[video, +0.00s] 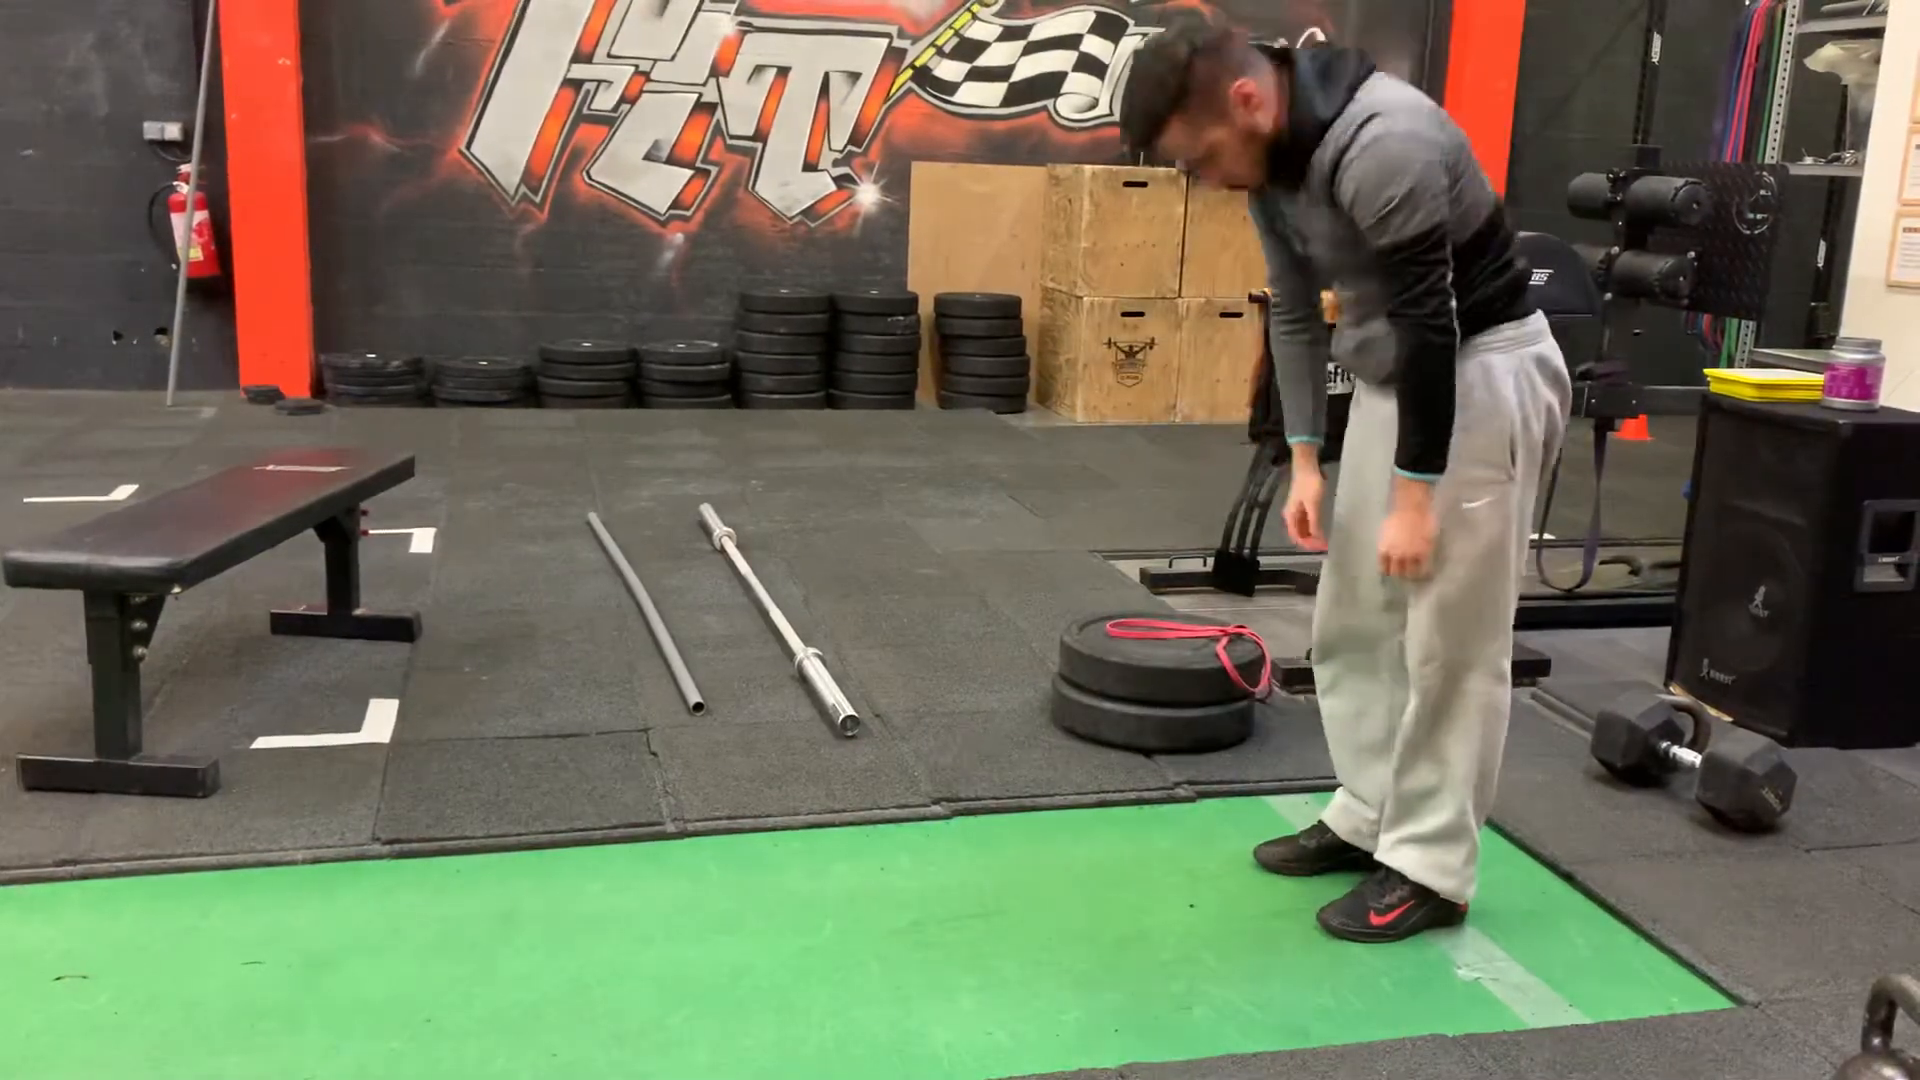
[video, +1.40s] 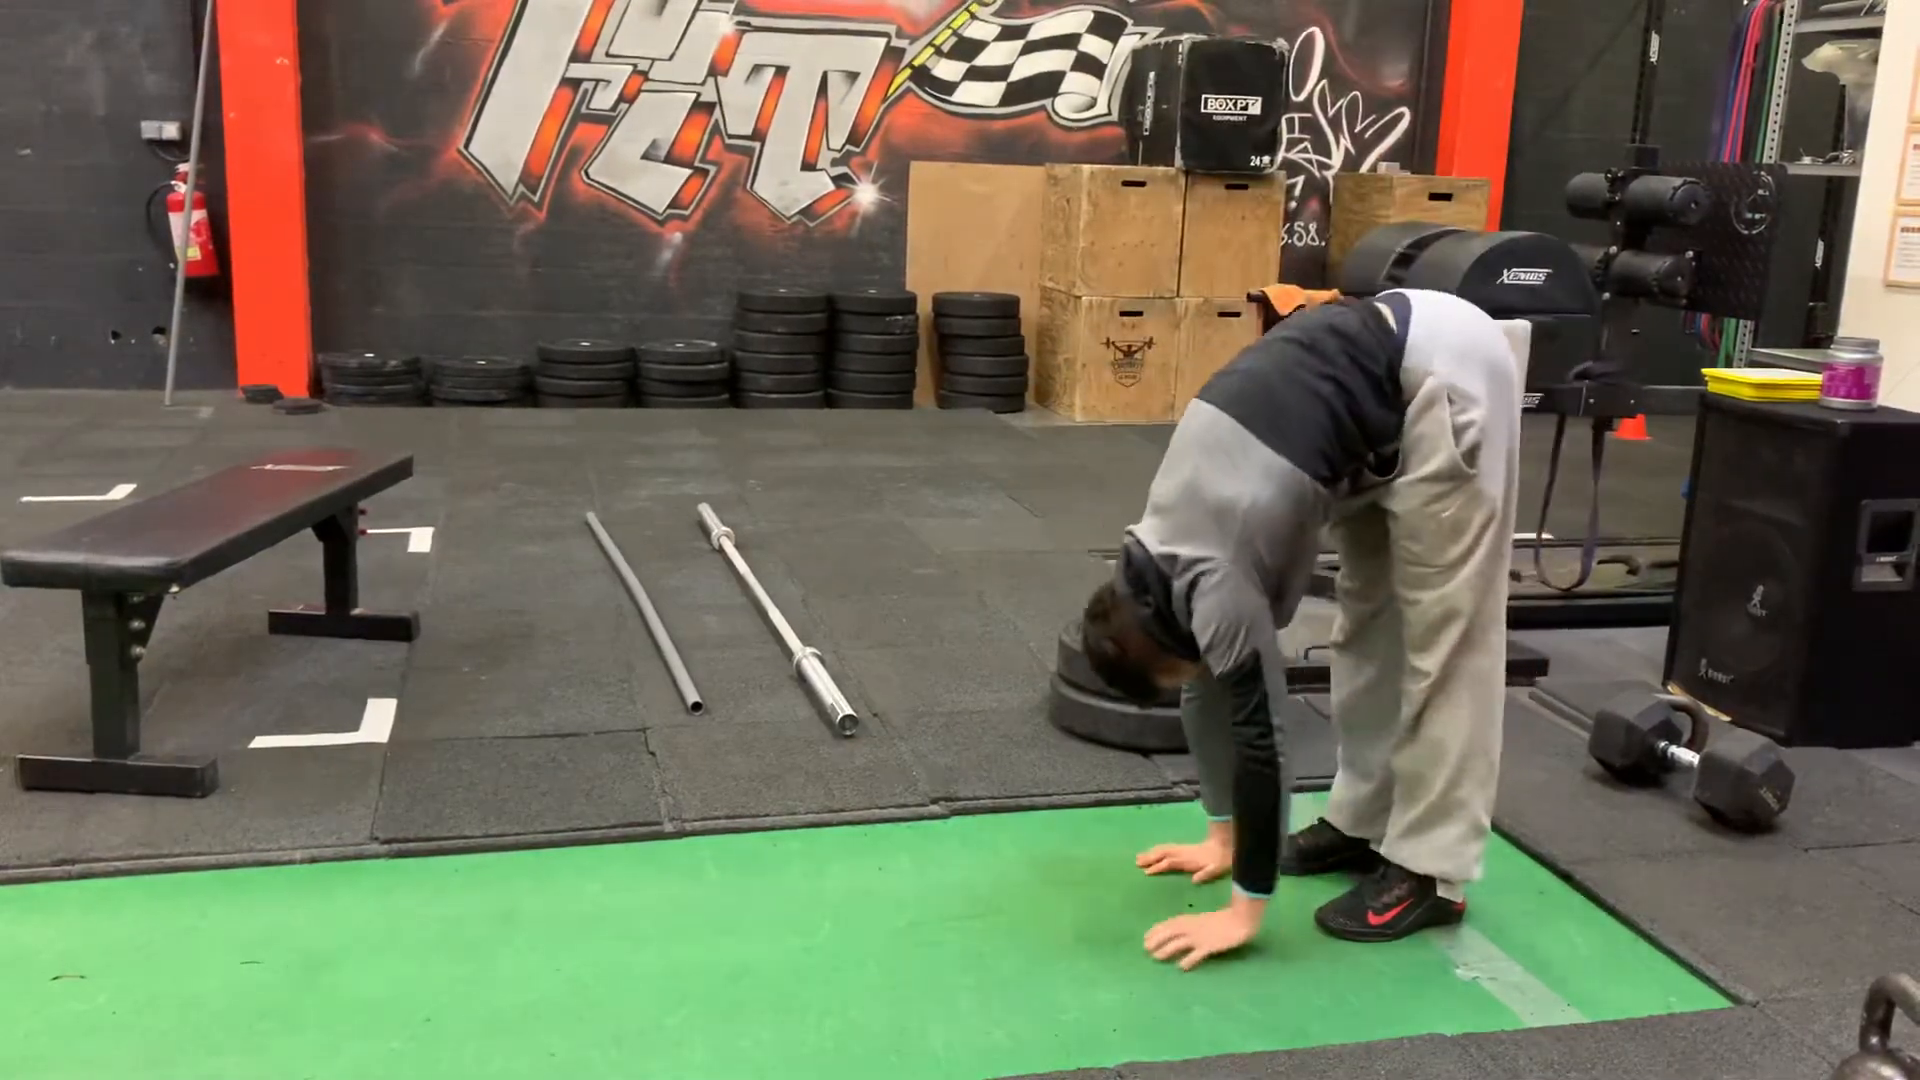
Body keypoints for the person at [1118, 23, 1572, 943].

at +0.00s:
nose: (1203, 181)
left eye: (1202, 158)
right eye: (1187, 168)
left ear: (1251, 101)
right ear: (1244, 104)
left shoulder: (1385, 151)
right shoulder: (1271, 159)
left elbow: (1427, 327)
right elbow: (1295, 310)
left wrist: (1414, 492)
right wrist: (1306, 458)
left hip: (1483, 374)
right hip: (1383, 375)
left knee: (1452, 623)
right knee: (1358, 606)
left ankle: (1433, 864)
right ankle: (1367, 813)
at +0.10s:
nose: (1183, 251)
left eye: (1180, 232)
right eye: (1168, 240)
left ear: (1218, 177)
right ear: (1211, 177)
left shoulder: (1360, 202)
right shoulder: (1250, 207)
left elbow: (1419, 369)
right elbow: (1290, 348)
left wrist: (1433, 528)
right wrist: (1317, 490)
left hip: (1501, 372)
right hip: (1394, 375)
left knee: (1464, 623)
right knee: (1370, 607)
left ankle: (1434, 866)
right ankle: (1368, 812)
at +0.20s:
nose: (1186, 322)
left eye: (1176, 307)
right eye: (1169, 316)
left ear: (1193, 253)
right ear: (1189, 249)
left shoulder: (1340, 253)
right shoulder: (1241, 244)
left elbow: (1406, 412)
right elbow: (1292, 392)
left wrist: (1443, 574)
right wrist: (1334, 528)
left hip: (1510, 372)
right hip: (1406, 381)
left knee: (1479, 624)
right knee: (1384, 608)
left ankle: (1434, 867)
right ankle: (1367, 815)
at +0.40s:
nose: (1182, 433)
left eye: (1171, 423)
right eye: (1167, 429)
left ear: (1178, 382)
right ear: (1177, 369)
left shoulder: (1318, 344)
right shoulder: (1232, 335)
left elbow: (1388, 498)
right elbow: (1290, 468)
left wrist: (1438, 653)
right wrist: (1341, 591)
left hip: (1531, 380)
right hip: (1434, 395)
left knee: (1493, 632)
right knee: (1409, 622)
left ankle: (1434, 870)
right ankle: (1367, 819)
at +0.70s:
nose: (1193, 536)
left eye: (1182, 527)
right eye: (1177, 534)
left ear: (1181, 487)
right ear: (1165, 473)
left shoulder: (1286, 447)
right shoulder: (1201, 418)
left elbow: (1344, 610)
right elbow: (1258, 565)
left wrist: (1384, 769)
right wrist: (1301, 689)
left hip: (1530, 377)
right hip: (1432, 395)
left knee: (1489, 637)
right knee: (1410, 616)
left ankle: (1439, 871)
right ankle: (1362, 826)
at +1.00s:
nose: (1184, 626)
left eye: (1177, 617)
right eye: (1173, 625)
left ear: (1177, 571)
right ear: (1151, 551)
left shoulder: (1257, 523)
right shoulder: (1180, 488)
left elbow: (1286, 697)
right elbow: (1212, 641)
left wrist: (1295, 866)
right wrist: (1225, 788)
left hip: (1505, 371)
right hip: (1413, 376)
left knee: (1475, 644)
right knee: (1398, 628)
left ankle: (1436, 871)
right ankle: (1365, 826)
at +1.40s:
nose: (1186, 683)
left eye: (1177, 678)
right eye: (1177, 685)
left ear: (1157, 637)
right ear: (1138, 620)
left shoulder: (1217, 586)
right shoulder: (1155, 562)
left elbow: (1258, 743)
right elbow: (1208, 699)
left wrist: (1246, 909)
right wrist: (1223, 837)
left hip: (1445, 365)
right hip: (1364, 366)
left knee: (1442, 632)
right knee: (1368, 624)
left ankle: (1430, 871)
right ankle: (1364, 819)